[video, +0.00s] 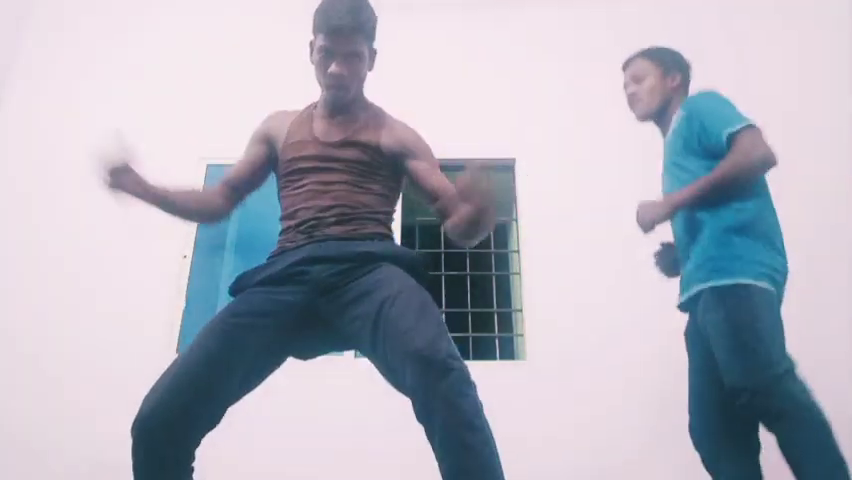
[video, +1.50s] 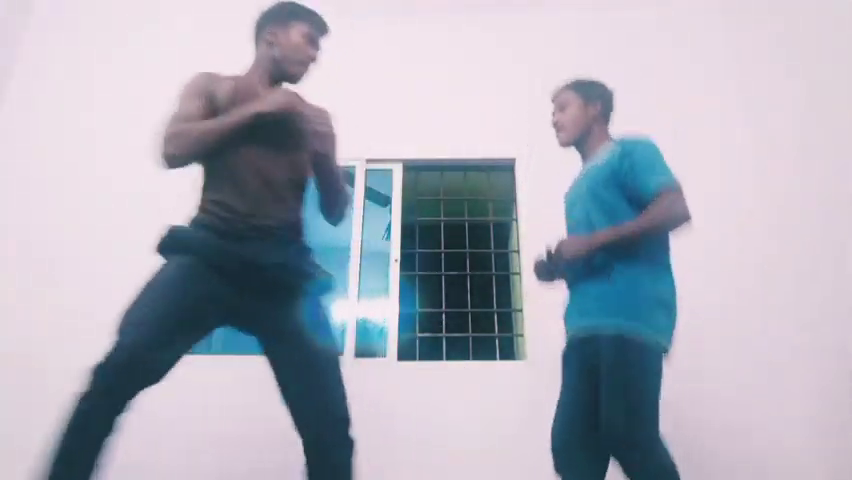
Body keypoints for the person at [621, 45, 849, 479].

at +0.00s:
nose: (629, 91)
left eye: (638, 80)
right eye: (625, 85)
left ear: (673, 79)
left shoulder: (701, 106)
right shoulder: (677, 145)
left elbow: (757, 152)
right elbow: (727, 214)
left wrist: (670, 203)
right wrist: (683, 251)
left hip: (737, 276)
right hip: (704, 293)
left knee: (769, 390)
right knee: (715, 428)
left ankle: (830, 474)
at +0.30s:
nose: (632, 147)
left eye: (643, 137)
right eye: (629, 141)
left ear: (676, 141)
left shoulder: (713, 180)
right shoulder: (668, 218)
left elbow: (766, 239)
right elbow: (703, 304)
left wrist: (678, 263)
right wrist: (661, 307)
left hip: (745, 330)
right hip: (703, 351)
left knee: (759, 433)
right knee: (706, 468)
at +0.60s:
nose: (623, 116)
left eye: (632, 106)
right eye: (621, 110)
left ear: (666, 111)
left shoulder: (698, 148)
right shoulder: (647, 187)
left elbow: (755, 197)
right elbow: (685, 258)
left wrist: (665, 220)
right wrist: (644, 278)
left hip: (716, 329)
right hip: (668, 337)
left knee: (736, 447)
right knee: (686, 454)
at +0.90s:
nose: (576, 107)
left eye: (585, 97)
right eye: (576, 100)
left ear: (616, 99)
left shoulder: (642, 131)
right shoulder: (609, 163)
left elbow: (678, 181)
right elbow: (646, 237)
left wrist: (599, 198)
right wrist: (602, 261)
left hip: (659, 298)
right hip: (620, 311)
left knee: (697, 410)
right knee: (627, 430)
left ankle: (752, 475)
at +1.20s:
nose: (532, 159)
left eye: (540, 148)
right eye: (530, 152)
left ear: (570, 151)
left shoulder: (607, 187)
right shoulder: (567, 219)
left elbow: (653, 238)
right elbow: (598, 302)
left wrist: (569, 262)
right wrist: (560, 317)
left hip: (621, 344)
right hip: (578, 355)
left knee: (645, 441)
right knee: (559, 462)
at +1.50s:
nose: (554, 118)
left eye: (562, 108)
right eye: (553, 111)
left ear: (593, 110)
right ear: (584, 114)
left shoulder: (633, 151)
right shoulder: (578, 188)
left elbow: (674, 207)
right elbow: (599, 261)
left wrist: (592, 241)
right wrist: (561, 266)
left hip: (632, 325)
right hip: (585, 329)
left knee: (631, 438)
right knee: (573, 447)